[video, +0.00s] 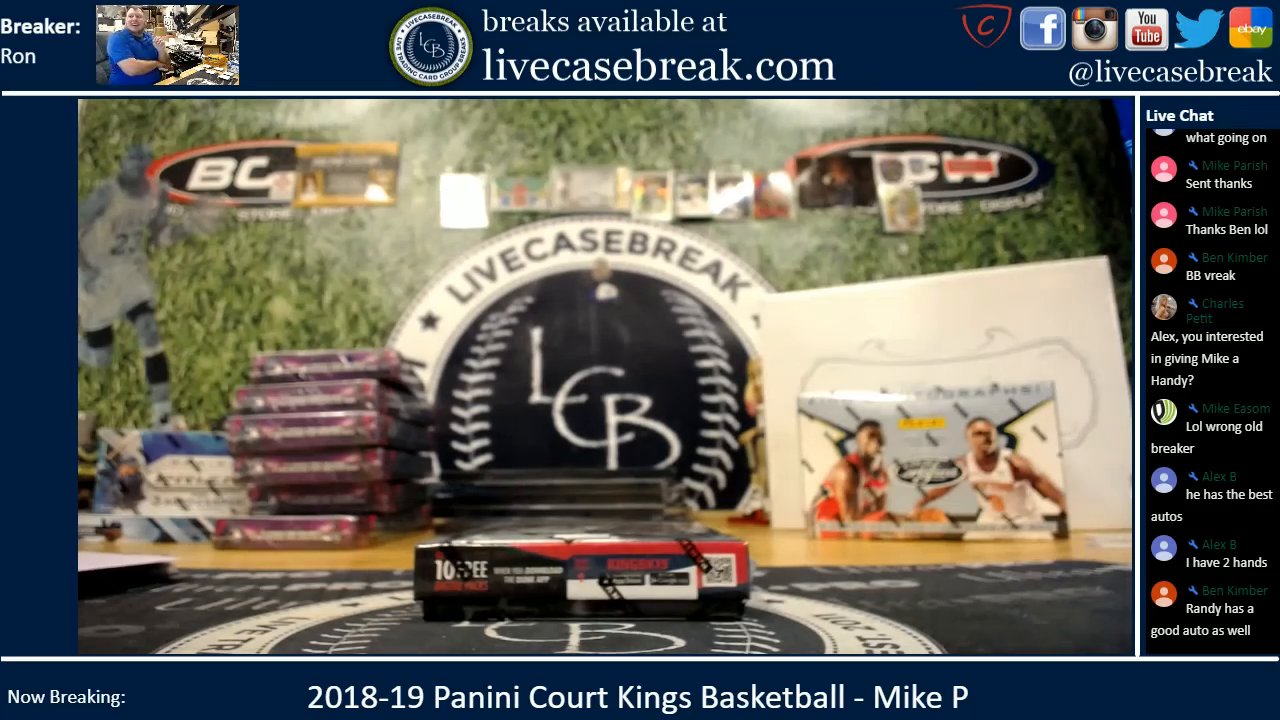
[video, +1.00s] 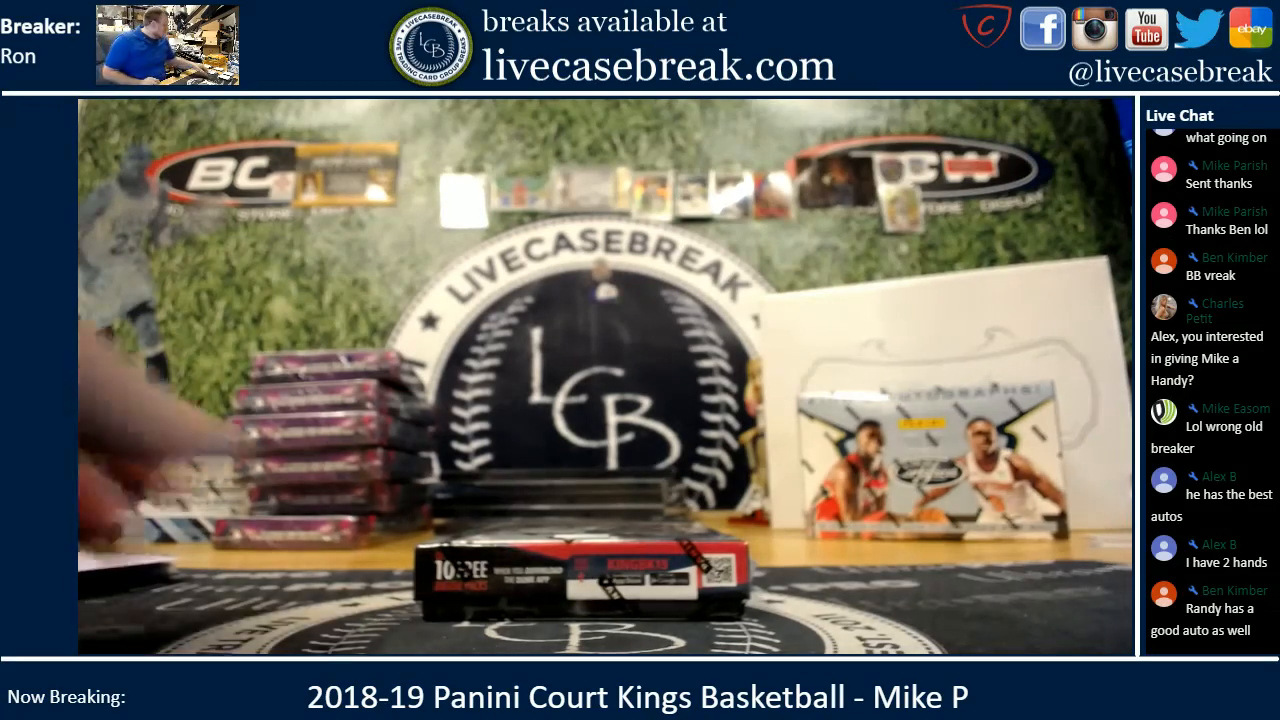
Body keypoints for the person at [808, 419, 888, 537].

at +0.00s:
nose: (877, 442)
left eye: (880, 437)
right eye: (871, 437)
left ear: (883, 440)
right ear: (860, 439)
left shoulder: (878, 473)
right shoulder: (846, 470)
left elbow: (880, 511)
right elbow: (849, 518)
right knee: (884, 519)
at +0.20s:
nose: (877, 442)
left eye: (880, 437)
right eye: (872, 437)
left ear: (883, 441)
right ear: (860, 440)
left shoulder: (879, 473)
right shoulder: (846, 471)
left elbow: (879, 511)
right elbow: (849, 518)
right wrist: (884, 516)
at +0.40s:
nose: (878, 442)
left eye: (880, 437)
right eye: (872, 436)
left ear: (883, 440)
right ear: (859, 440)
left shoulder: (879, 474)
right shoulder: (846, 470)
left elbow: (879, 513)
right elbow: (849, 518)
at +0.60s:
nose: (878, 442)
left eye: (880, 437)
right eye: (872, 436)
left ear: (883, 440)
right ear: (859, 440)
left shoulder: (880, 473)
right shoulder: (846, 470)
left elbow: (879, 512)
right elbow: (849, 518)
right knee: (884, 519)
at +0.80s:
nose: (878, 442)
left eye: (880, 437)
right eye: (872, 436)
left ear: (883, 440)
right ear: (859, 440)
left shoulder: (880, 473)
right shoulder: (846, 470)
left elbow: (879, 512)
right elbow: (849, 518)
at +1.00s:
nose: (878, 442)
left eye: (880, 437)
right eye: (872, 436)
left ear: (883, 440)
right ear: (859, 440)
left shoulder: (880, 473)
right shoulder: (846, 470)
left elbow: (879, 512)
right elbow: (849, 519)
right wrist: (885, 517)